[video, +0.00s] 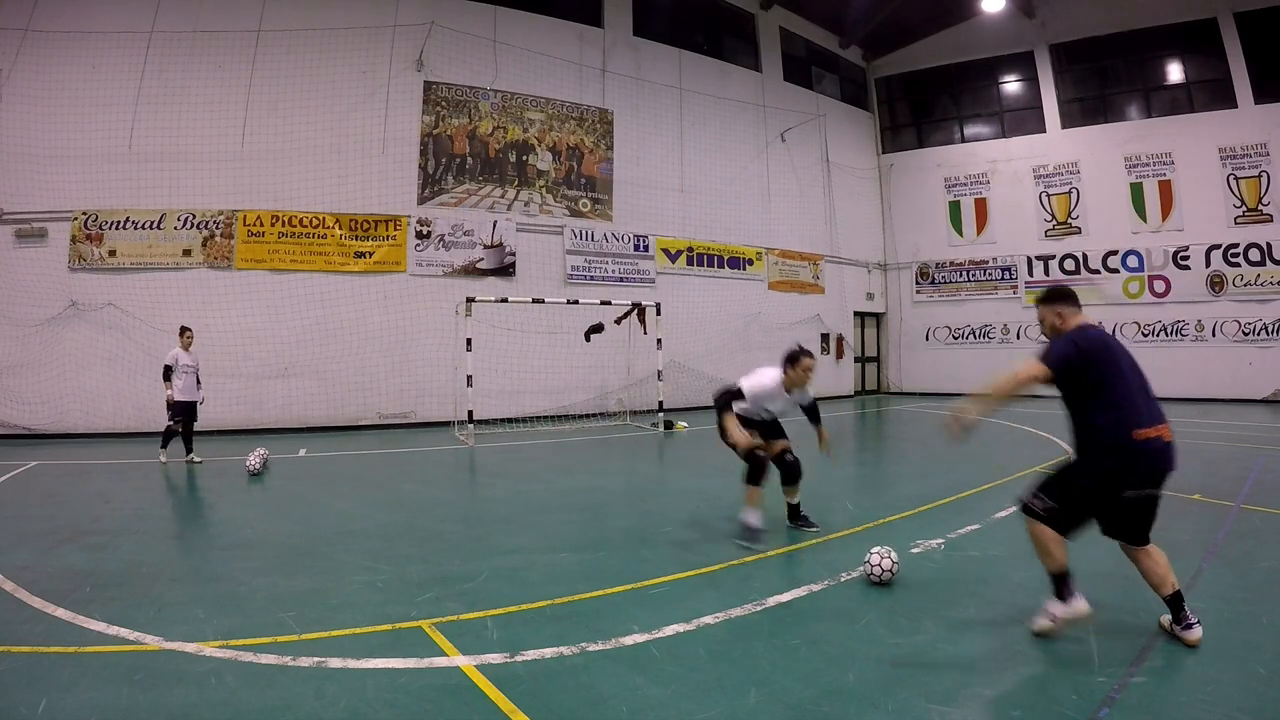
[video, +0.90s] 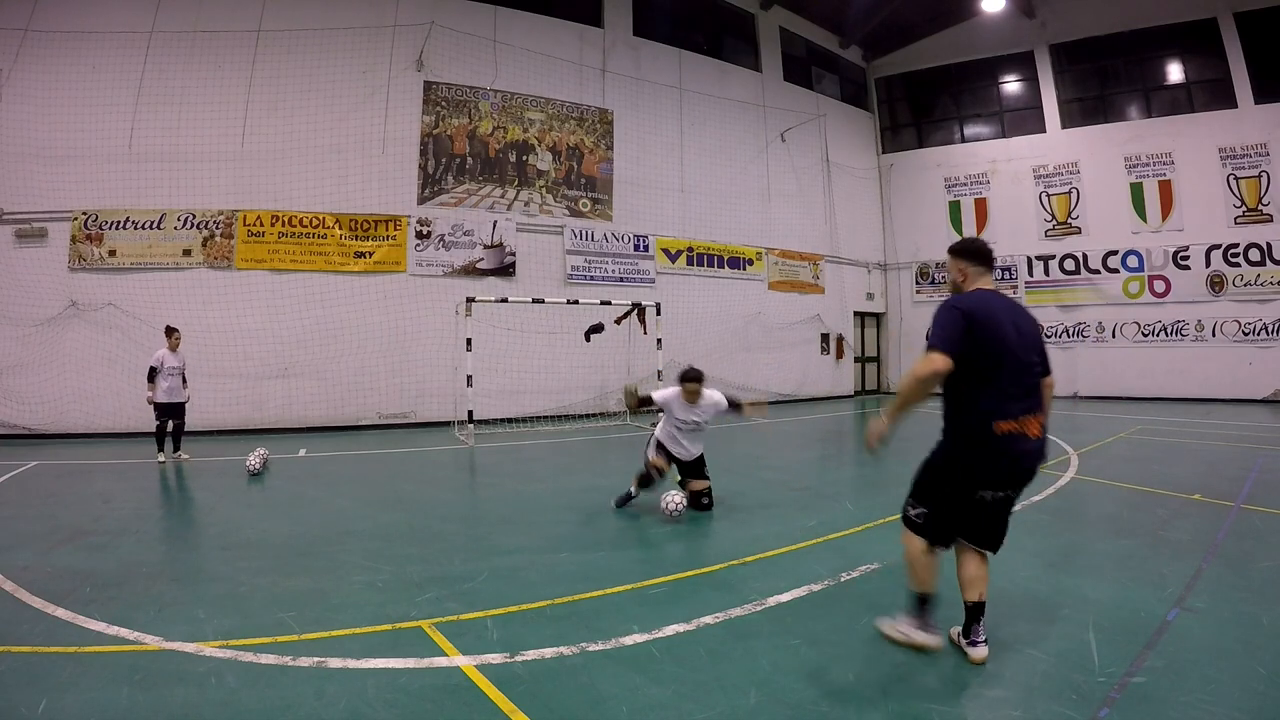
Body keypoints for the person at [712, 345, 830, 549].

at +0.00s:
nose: (809, 376)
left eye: (811, 371)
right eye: (805, 370)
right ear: (789, 369)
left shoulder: (799, 390)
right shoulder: (765, 382)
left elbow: (811, 407)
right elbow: (722, 397)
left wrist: (820, 432)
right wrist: (734, 430)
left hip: (766, 420)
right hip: (738, 417)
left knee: (791, 465)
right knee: (758, 462)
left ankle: (795, 516)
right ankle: (750, 523)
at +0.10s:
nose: (791, 358)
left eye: (793, 354)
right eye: (787, 353)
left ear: (794, 354)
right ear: (771, 353)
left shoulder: (788, 372)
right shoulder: (751, 369)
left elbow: (802, 380)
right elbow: (710, 367)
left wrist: (815, 393)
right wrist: (703, 392)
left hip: (749, 412)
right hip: (719, 411)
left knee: (774, 459)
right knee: (726, 466)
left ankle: (794, 508)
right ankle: (688, 493)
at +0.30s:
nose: (757, 364)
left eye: (759, 360)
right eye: (753, 360)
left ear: (759, 360)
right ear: (738, 359)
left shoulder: (750, 381)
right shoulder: (718, 375)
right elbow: (690, 373)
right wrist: (666, 378)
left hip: (727, 437)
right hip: (697, 433)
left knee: (729, 489)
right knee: (675, 487)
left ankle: (716, 486)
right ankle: (638, 490)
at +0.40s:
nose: (747, 390)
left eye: (748, 386)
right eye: (743, 386)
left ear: (750, 386)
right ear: (729, 387)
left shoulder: (743, 405)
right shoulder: (708, 405)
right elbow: (672, 418)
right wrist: (652, 443)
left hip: (711, 460)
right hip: (684, 456)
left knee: (709, 509)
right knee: (670, 506)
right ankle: (634, 490)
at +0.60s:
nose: (738, 419)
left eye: (738, 415)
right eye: (733, 416)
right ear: (718, 416)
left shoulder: (728, 431)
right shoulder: (701, 432)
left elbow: (716, 468)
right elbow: (707, 474)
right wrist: (724, 506)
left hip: (688, 460)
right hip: (661, 456)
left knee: (700, 503)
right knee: (663, 509)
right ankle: (630, 491)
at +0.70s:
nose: (730, 414)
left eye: (732, 410)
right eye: (728, 410)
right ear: (714, 405)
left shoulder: (722, 424)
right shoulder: (692, 418)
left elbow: (713, 456)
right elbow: (684, 457)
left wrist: (721, 475)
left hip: (688, 459)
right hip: (662, 455)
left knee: (699, 505)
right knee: (665, 507)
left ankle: (669, 488)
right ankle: (630, 492)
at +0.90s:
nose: (692, 396)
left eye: (696, 392)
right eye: (688, 392)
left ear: (702, 389)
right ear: (681, 388)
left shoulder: (713, 399)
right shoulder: (671, 396)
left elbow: (733, 404)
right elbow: (647, 400)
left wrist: (741, 408)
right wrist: (635, 401)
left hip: (693, 452)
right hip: (665, 444)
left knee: (704, 504)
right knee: (652, 475)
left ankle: (684, 484)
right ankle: (632, 492)